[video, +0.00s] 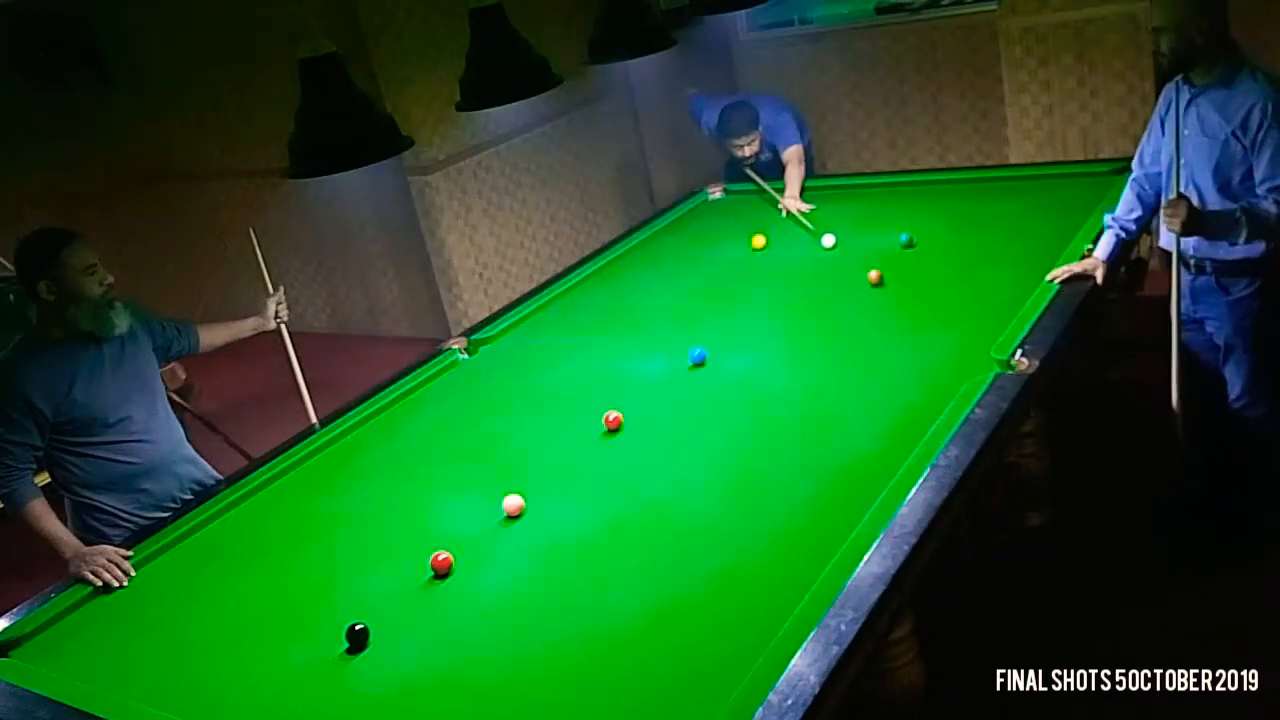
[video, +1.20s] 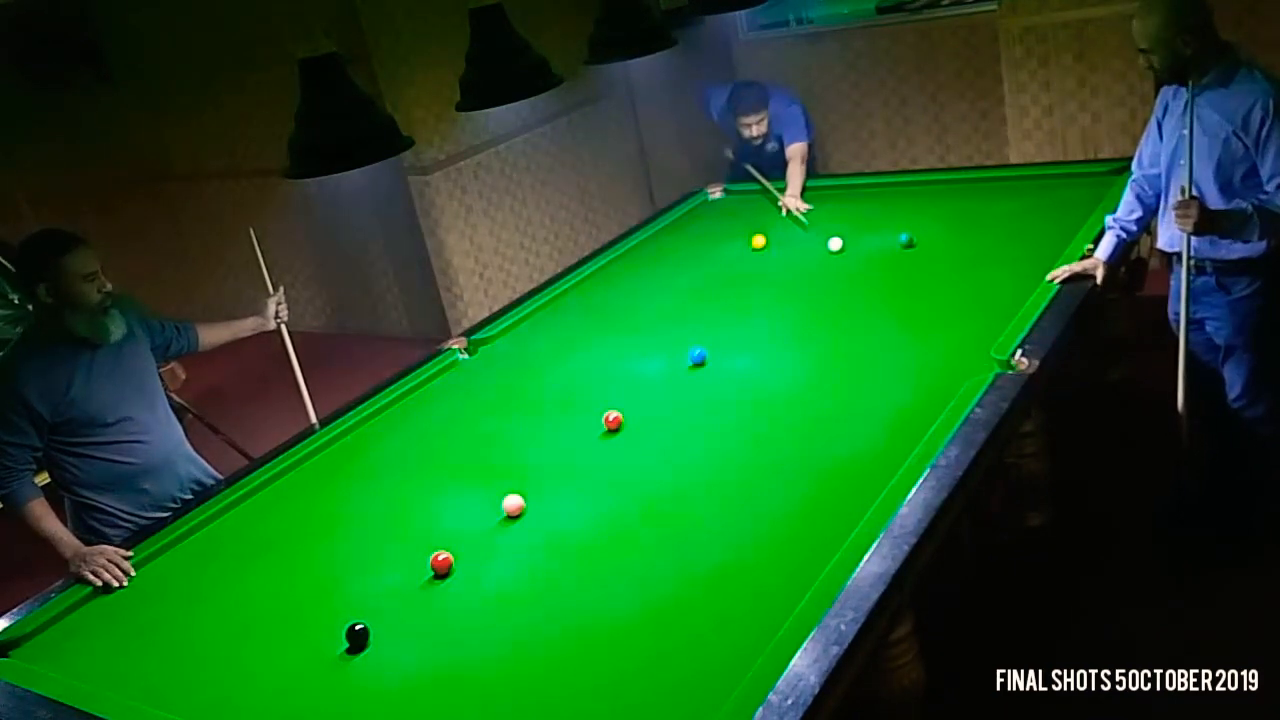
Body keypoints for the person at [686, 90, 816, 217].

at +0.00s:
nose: (747, 152)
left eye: (751, 143)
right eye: (738, 148)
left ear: (760, 131)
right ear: (721, 141)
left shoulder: (778, 120)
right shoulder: (710, 117)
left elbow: (795, 160)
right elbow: (691, 95)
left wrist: (791, 196)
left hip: (779, 156)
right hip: (738, 162)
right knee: (739, 210)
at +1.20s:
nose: (754, 133)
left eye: (760, 123)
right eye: (746, 126)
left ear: (768, 113)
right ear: (732, 119)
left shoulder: (787, 111)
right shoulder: (720, 105)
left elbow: (797, 158)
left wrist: (792, 195)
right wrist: (724, 142)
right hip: (742, 155)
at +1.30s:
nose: (759, 115)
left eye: (765, 105)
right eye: (751, 108)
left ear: (773, 98)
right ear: (738, 103)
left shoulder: (794, 105)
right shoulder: (726, 96)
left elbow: (801, 151)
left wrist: (794, 192)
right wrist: (726, 135)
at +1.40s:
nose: (765, 95)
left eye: (771, 86)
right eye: (757, 88)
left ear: (779, 80)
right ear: (744, 86)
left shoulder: (800, 92)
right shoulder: (731, 86)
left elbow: (814, 145)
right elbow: (718, 95)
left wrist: (799, 184)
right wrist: (726, 131)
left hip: (793, 165)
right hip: (750, 164)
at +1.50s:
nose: (772, 74)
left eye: (778, 65)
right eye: (764, 67)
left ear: (786, 61)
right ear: (750, 65)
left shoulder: (807, 76)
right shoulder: (736, 76)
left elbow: (831, 131)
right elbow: (720, 91)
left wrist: (811, 166)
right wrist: (726, 127)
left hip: (803, 161)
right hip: (758, 161)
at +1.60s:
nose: (780, 54)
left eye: (786, 45)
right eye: (773, 46)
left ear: (794, 42)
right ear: (759, 45)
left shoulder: (815, 62)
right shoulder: (744, 63)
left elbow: (845, 115)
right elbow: (727, 86)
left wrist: (822, 147)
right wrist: (728, 127)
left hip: (810, 157)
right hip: (763, 157)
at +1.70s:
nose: (789, 35)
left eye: (795, 27)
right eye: (781, 28)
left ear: (804, 26)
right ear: (769, 30)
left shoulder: (824, 50)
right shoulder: (751, 52)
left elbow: (854, 97)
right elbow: (733, 82)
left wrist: (831, 129)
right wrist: (730, 128)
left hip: (816, 152)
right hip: (767, 152)